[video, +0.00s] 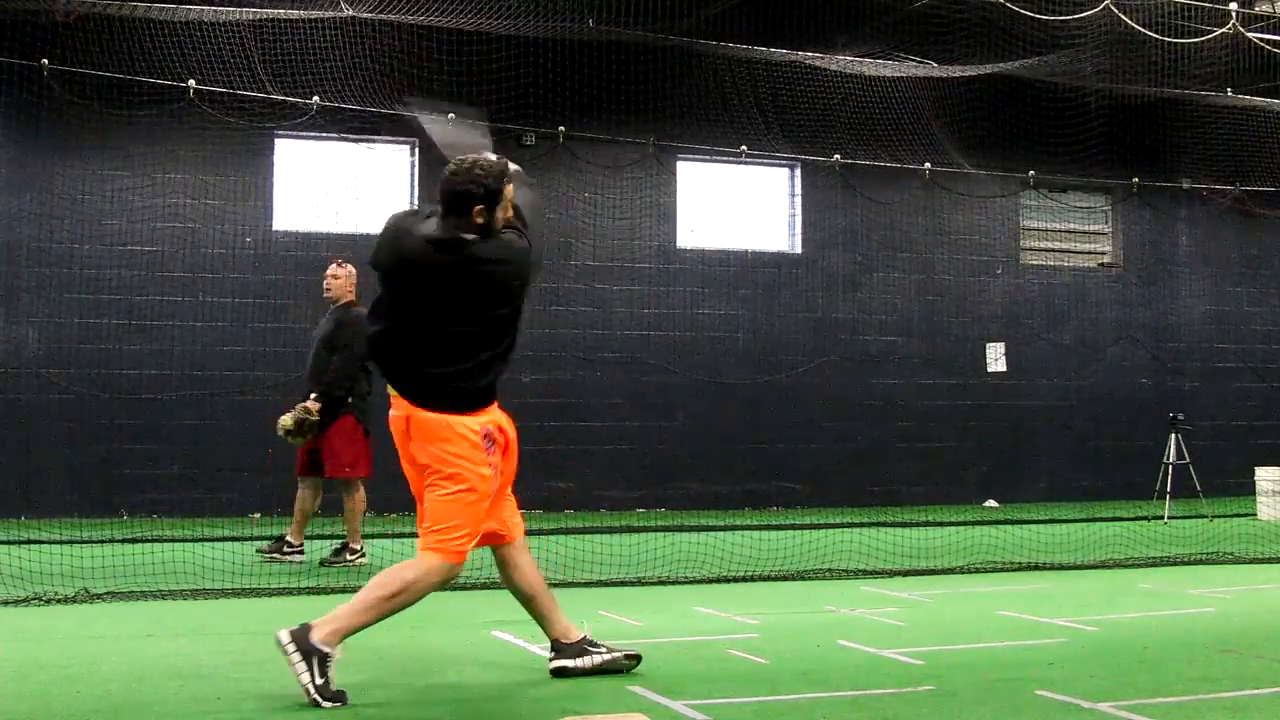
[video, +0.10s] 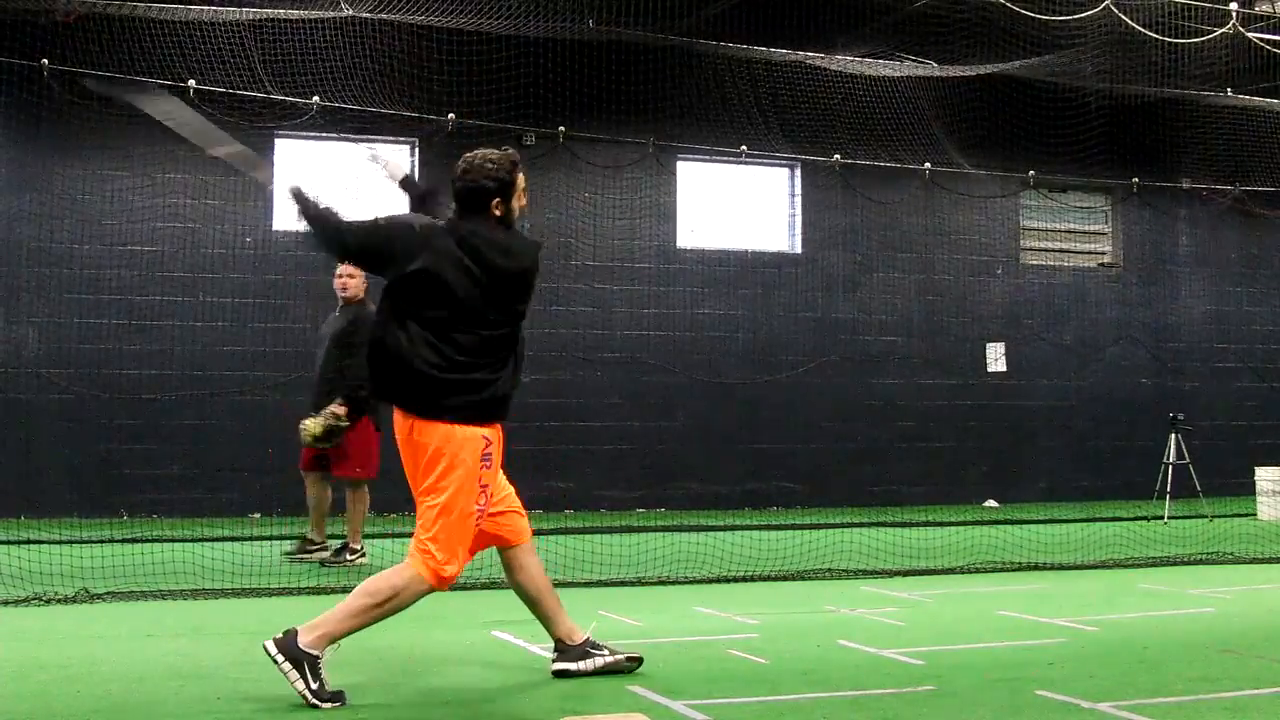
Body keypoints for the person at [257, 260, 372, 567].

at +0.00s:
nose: (326, 282)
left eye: (333, 277)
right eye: (325, 278)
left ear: (350, 283)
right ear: (327, 284)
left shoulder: (355, 318)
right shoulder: (333, 318)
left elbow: (347, 366)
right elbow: (325, 364)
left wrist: (320, 398)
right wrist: (311, 398)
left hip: (347, 409)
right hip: (323, 406)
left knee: (350, 478)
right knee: (308, 475)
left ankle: (354, 546)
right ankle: (294, 541)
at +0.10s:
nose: (343, 282)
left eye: (350, 276)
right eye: (339, 276)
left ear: (365, 282)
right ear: (334, 281)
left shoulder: (367, 318)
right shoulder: (335, 316)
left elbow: (365, 369)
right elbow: (330, 363)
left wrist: (343, 404)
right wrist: (320, 402)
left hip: (356, 409)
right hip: (326, 406)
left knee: (355, 478)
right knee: (313, 471)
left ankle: (354, 545)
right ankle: (316, 538)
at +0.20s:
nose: (355, 287)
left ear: (371, 288)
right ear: (352, 286)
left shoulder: (376, 320)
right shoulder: (341, 318)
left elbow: (379, 367)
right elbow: (334, 363)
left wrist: (368, 405)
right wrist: (327, 403)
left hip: (364, 406)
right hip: (332, 405)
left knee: (357, 477)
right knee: (319, 469)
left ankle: (356, 544)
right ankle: (356, 526)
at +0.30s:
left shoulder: (382, 328)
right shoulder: (347, 325)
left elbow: (397, 371)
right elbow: (344, 371)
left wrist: (394, 411)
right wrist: (329, 405)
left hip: (370, 415)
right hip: (340, 415)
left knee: (363, 482)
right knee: (338, 476)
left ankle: (355, 547)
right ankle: (390, 522)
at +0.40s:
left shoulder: (391, 323)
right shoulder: (353, 326)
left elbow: (403, 366)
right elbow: (342, 364)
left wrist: (402, 402)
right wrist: (331, 400)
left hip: (380, 409)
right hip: (354, 408)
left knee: (369, 479)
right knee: (371, 480)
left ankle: (356, 546)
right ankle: (409, 529)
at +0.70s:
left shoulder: (423, 320)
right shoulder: (376, 318)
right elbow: (366, 364)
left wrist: (425, 403)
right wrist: (362, 405)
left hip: (413, 407)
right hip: (385, 407)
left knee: (403, 472)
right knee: (404, 474)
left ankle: (391, 537)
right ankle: (423, 536)